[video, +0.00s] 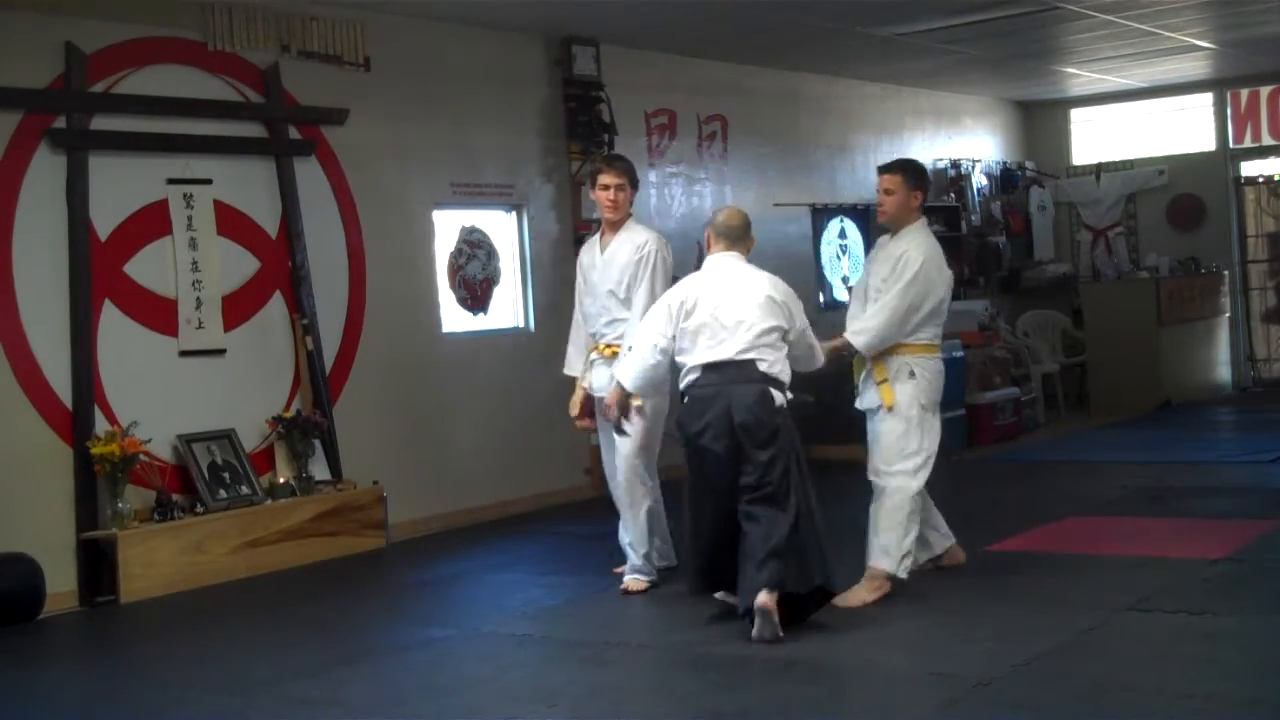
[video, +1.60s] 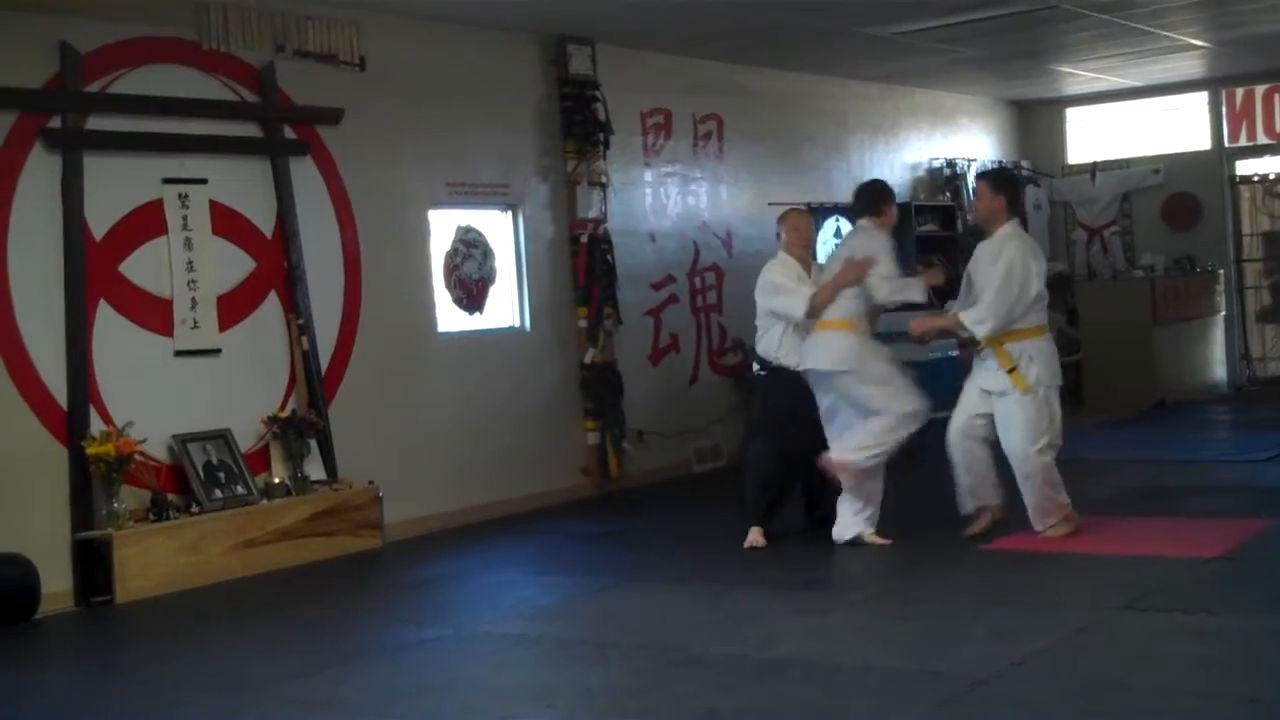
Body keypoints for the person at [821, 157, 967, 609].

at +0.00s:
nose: (879, 200)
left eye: (888, 193)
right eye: (879, 192)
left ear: (916, 199)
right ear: (886, 198)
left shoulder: (921, 252)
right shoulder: (888, 245)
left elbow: (887, 319)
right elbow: (862, 301)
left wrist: (837, 344)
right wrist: (851, 342)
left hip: (910, 370)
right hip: (882, 367)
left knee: (896, 471)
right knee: (886, 467)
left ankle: (879, 573)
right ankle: (943, 546)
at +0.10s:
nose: (891, 202)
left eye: (899, 195)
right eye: (890, 195)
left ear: (926, 201)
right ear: (898, 200)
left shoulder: (930, 255)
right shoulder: (896, 247)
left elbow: (902, 321)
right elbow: (871, 303)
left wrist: (853, 362)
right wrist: (860, 349)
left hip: (925, 370)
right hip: (891, 368)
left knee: (903, 466)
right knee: (883, 468)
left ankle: (902, 569)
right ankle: (942, 545)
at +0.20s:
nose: (899, 200)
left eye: (908, 193)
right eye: (899, 192)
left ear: (934, 199)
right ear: (906, 199)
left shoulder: (944, 252)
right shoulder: (900, 248)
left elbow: (917, 317)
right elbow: (879, 306)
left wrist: (866, 365)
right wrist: (870, 356)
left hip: (933, 367)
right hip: (895, 365)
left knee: (912, 456)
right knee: (887, 461)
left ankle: (950, 545)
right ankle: (925, 550)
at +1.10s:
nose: (872, 218)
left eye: (878, 211)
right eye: (872, 211)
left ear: (901, 214)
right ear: (900, 215)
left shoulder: (914, 253)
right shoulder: (905, 252)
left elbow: (894, 313)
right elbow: (908, 320)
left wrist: (862, 343)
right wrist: (889, 370)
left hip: (943, 360)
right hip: (917, 362)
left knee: (936, 451)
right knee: (890, 444)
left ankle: (990, 519)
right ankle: (904, 525)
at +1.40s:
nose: (922, 214)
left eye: (928, 206)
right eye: (923, 207)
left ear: (951, 210)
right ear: (947, 211)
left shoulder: (967, 251)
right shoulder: (947, 253)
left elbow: (952, 311)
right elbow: (937, 307)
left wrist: (915, 350)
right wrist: (908, 335)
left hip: (984, 361)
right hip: (951, 362)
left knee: (1002, 452)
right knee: (919, 442)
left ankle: (1048, 518)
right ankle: (909, 524)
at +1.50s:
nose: (953, 209)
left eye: (959, 201)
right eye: (954, 201)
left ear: (982, 205)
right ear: (978, 207)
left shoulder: (997, 250)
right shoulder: (977, 250)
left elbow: (978, 316)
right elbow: (968, 309)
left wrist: (931, 329)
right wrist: (932, 327)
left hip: (1015, 360)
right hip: (982, 360)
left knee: (1019, 450)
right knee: (946, 432)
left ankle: (1059, 516)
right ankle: (934, 515)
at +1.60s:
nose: (973, 204)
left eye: (980, 196)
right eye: (975, 196)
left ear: (1001, 201)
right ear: (996, 202)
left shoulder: (1017, 248)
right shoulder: (985, 250)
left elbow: (993, 311)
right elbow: (967, 303)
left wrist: (938, 323)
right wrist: (939, 323)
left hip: (1026, 357)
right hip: (990, 358)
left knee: (1025, 446)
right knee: (962, 433)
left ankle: (1058, 517)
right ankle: (988, 507)